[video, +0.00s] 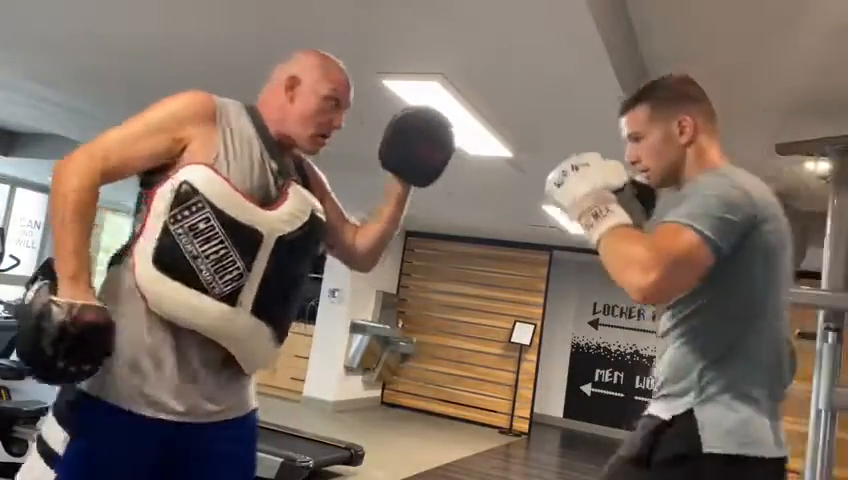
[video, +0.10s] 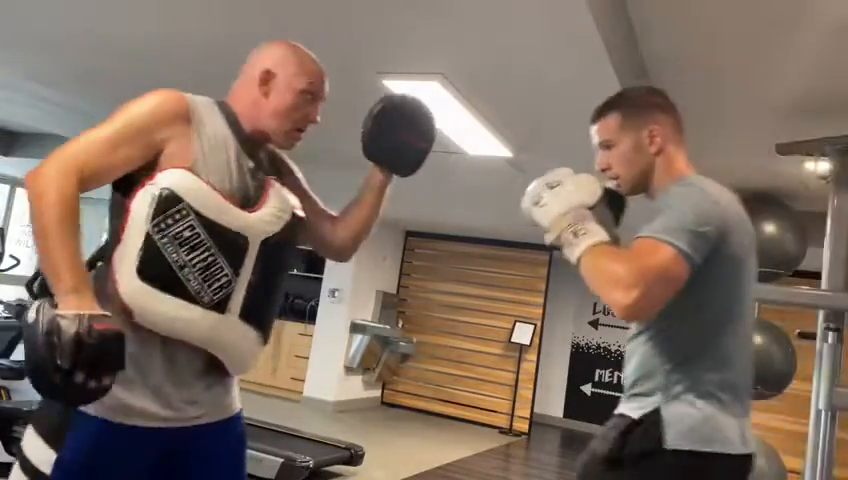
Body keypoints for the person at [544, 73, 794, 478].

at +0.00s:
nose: (630, 157)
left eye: (638, 139)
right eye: (628, 143)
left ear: (684, 129)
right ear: (685, 130)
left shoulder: (728, 190)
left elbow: (649, 276)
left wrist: (594, 210)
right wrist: (629, 219)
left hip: (715, 439)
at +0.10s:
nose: (600, 164)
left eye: (608, 146)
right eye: (599, 151)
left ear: (653, 138)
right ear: (654, 139)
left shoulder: (699, 200)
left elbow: (631, 292)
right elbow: (636, 287)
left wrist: (574, 226)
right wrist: (593, 230)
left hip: (680, 439)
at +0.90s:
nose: (527, 189)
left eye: (536, 178)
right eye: (526, 179)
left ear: (571, 180)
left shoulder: (602, 232)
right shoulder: (559, 238)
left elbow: (582, 287)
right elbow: (517, 301)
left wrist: (537, 235)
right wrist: (506, 253)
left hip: (575, 390)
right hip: (545, 387)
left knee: (539, 473)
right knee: (513, 472)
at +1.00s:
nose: (534, 166)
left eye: (544, 154)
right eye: (532, 155)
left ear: (578, 157)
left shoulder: (611, 208)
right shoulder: (550, 213)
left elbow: (603, 267)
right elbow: (516, 280)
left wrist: (556, 218)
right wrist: (509, 233)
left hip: (576, 365)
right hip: (544, 362)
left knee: (532, 471)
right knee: (530, 469)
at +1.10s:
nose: (537, 161)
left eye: (548, 150)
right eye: (537, 151)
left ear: (581, 155)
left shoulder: (614, 207)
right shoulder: (546, 210)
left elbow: (613, 269)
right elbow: (518, 281)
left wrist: (564, 220)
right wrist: (511, 234)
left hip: (580, 362)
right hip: (544, 358)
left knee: (537, 470)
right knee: (526, 468)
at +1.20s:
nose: (539, 181)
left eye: (551, 171)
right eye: (539, 171)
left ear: (583, 177)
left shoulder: (615, 231)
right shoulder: (547, 231)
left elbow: (609, 296)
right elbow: (517, 300)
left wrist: (563, 246)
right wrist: (511, 253)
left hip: (576, 388)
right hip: (534, 381)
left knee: (558, 473)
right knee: (520, 471)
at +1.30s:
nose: (542, 191)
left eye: (554, 181)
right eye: (542, 181)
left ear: (585, 186)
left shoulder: (612, 243)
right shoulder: (549, 240)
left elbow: (604, 306)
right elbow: (516, 306)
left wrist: (561, 254)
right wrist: (511, 259)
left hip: (575, 399)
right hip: (531, 389)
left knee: (559, 473)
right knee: (512, 473)